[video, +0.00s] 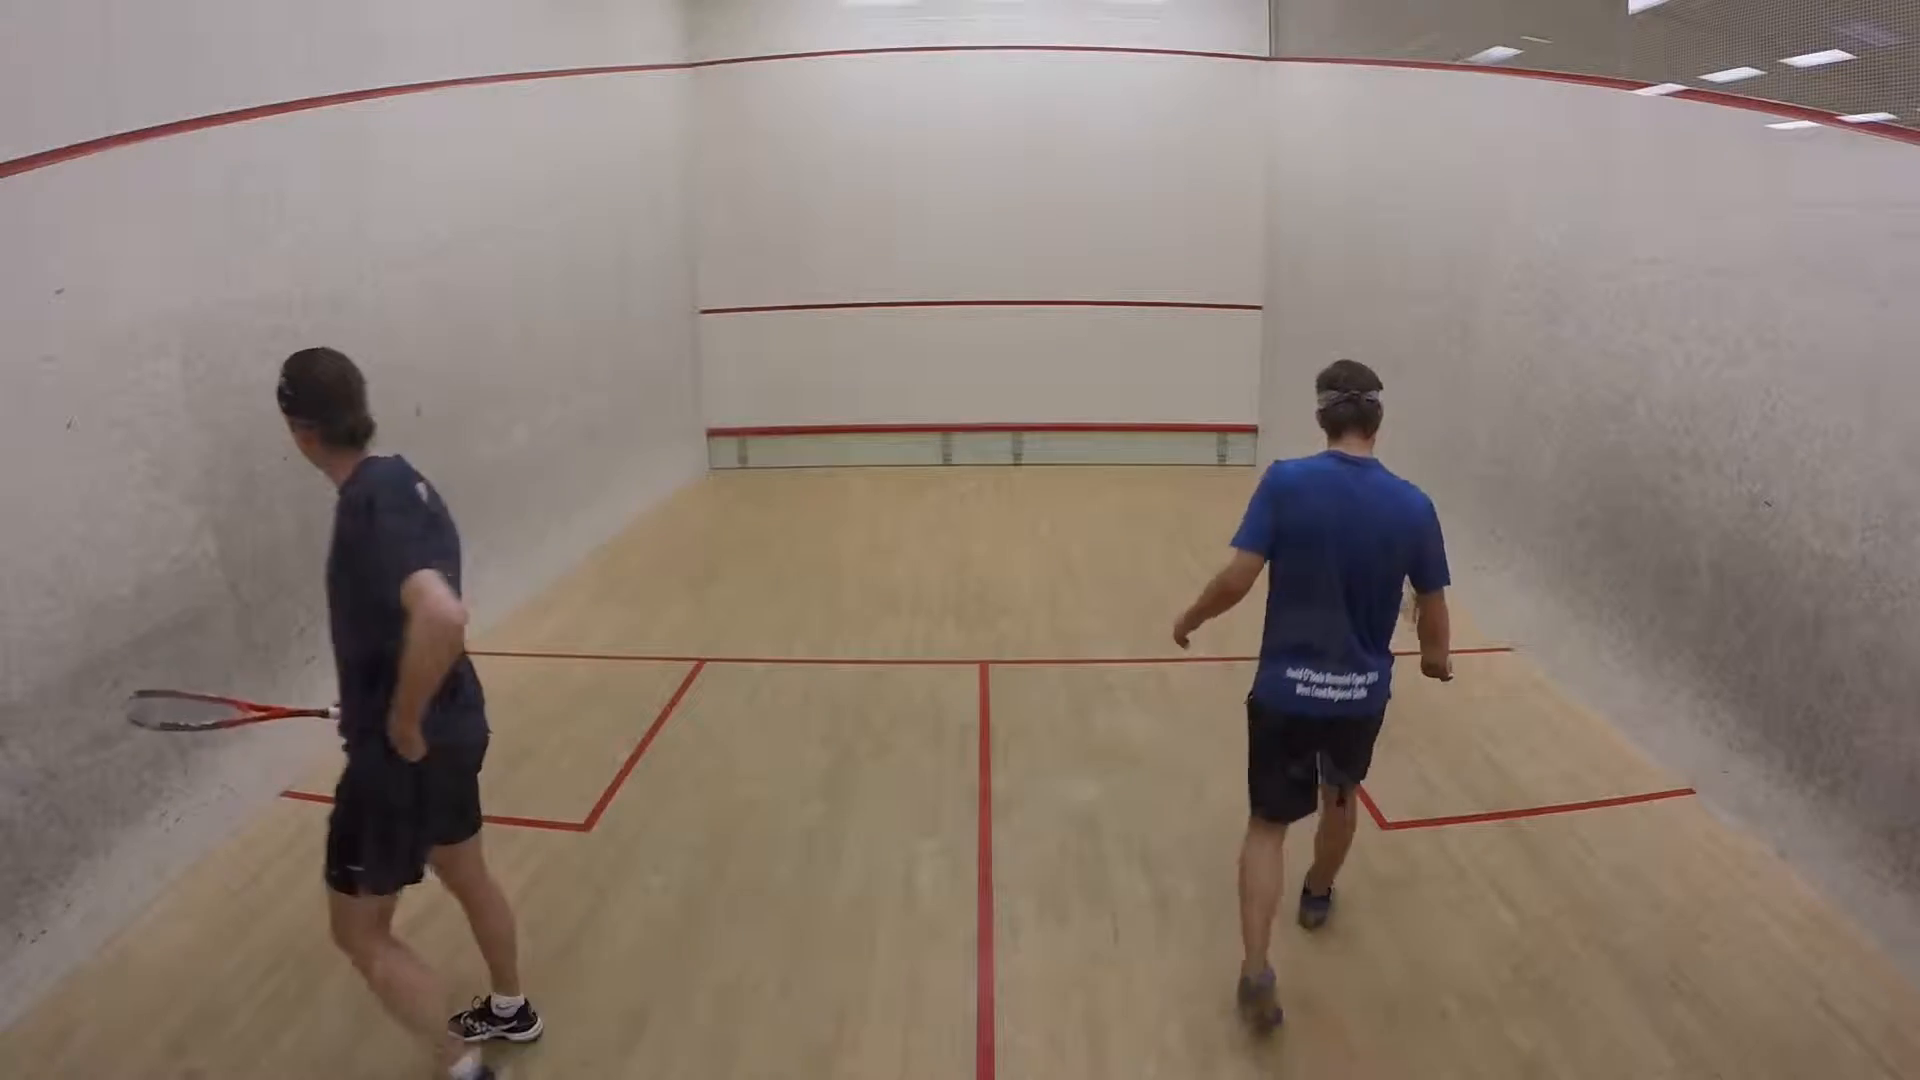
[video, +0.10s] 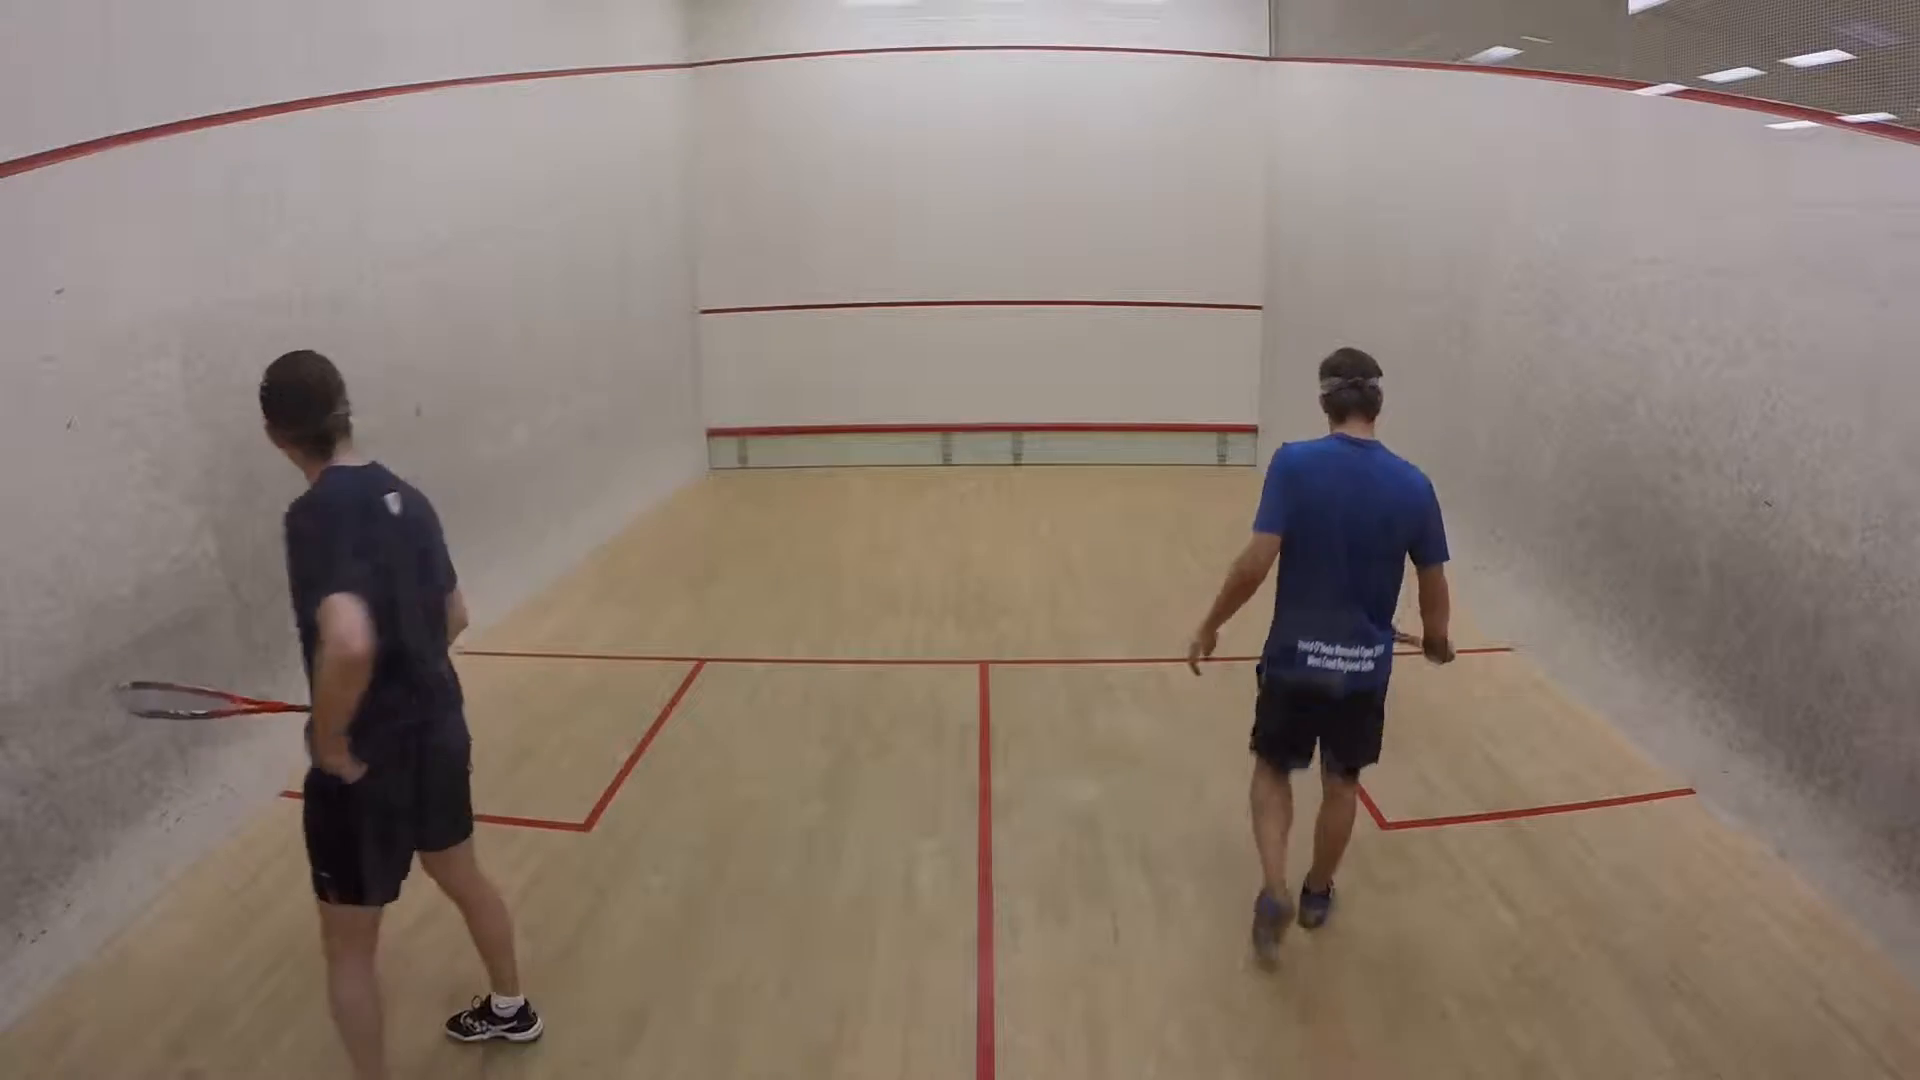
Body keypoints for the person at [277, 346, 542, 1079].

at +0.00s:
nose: (289, 432)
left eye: (288, 421)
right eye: (289, 419)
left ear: (301, 432)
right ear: (363, 410)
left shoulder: (374, 503)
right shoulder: (401, 481)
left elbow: (442, 617)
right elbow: (425, 608)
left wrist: (407, 716)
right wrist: (363, 699)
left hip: (395, 750)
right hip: (449, 731)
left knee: (360, 931)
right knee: (466, 868)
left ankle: (457, 1063)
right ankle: (512, 1006)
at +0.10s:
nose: (270, 434)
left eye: (268, 423)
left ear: (276, 434)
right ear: (343, 410)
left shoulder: (314, 516)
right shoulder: (404, 495)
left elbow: (350, 642)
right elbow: (451, 613)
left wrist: (327, 737)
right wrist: (400, 675)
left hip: (364, 756)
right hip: (437, 732)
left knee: (350, 947)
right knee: (461, 870)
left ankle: (368, 1067)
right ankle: (511, 1006)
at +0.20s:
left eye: (255, 429)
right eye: (326, 409)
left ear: (258, 441)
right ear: (330, 419)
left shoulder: (260, 534)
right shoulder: (394, 508)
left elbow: (253, 682)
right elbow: (452, 627)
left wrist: (253, 783)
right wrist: (399, 678)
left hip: (326, 776)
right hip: (414, 749)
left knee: (340, 958)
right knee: (452, 878)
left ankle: (363, 1071)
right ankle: (512, 1006)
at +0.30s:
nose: (327, 421)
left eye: (319, 410)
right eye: (322, 412)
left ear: (243, 439)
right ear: (315, 427)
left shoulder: (214, 540)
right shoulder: (377, 518)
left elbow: (175, 696)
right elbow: (448, 637)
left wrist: (193, 778)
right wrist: (397, 685)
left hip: (299, 792)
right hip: (395, 766)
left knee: (338, 972)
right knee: (445, 883)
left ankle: (361, 1074)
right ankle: (508, 1004)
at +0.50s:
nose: (317, 437)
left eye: (314, 422)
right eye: (309, 423)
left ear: (227, 440)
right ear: (273, 435)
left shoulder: (166, 547)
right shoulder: (335, 531)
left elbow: (132, 696)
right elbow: (417, 672)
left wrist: (206, 677)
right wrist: (373, 676)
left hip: (263, 804)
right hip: (368, 776)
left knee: (325, 978)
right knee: (447, 912)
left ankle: (360, 1076)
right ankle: (505, 1024)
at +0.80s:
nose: (341, 438)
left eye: (339, 422)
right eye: (328, 424)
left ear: (271, 441)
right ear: (277, 439)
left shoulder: (191, 547)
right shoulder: (327, 541)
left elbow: (203, 684)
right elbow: (429, 678)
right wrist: (436, 620)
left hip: (288, 809)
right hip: (381, 787)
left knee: (337, 978)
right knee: (506, 923)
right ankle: (601, 1060)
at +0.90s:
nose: (369, 444)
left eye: (366, 427)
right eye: (357, 429)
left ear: (297, 442)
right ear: (307, 441)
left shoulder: (216, 549)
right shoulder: (357, 548)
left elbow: (228, 683)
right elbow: (480, 649)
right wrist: (465, 585)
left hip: (314, 810)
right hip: (408, 792)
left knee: (349, 980)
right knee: (534, 943)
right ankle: (624, 1072)